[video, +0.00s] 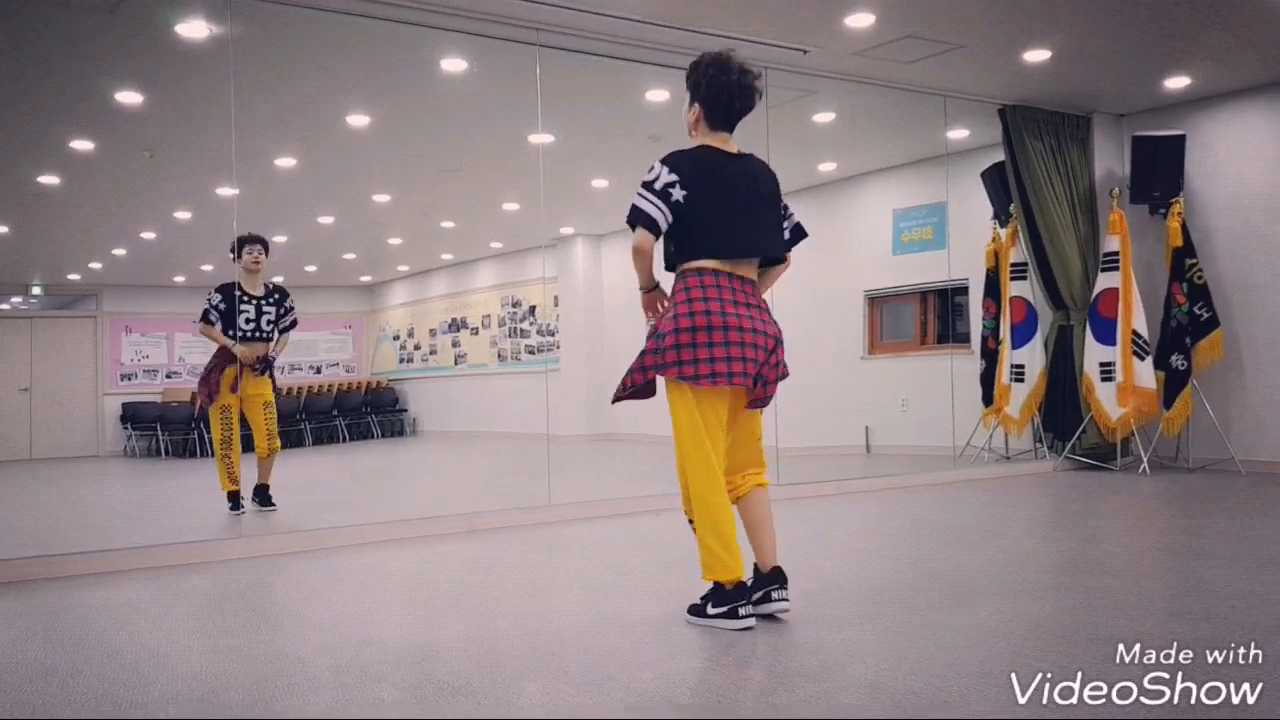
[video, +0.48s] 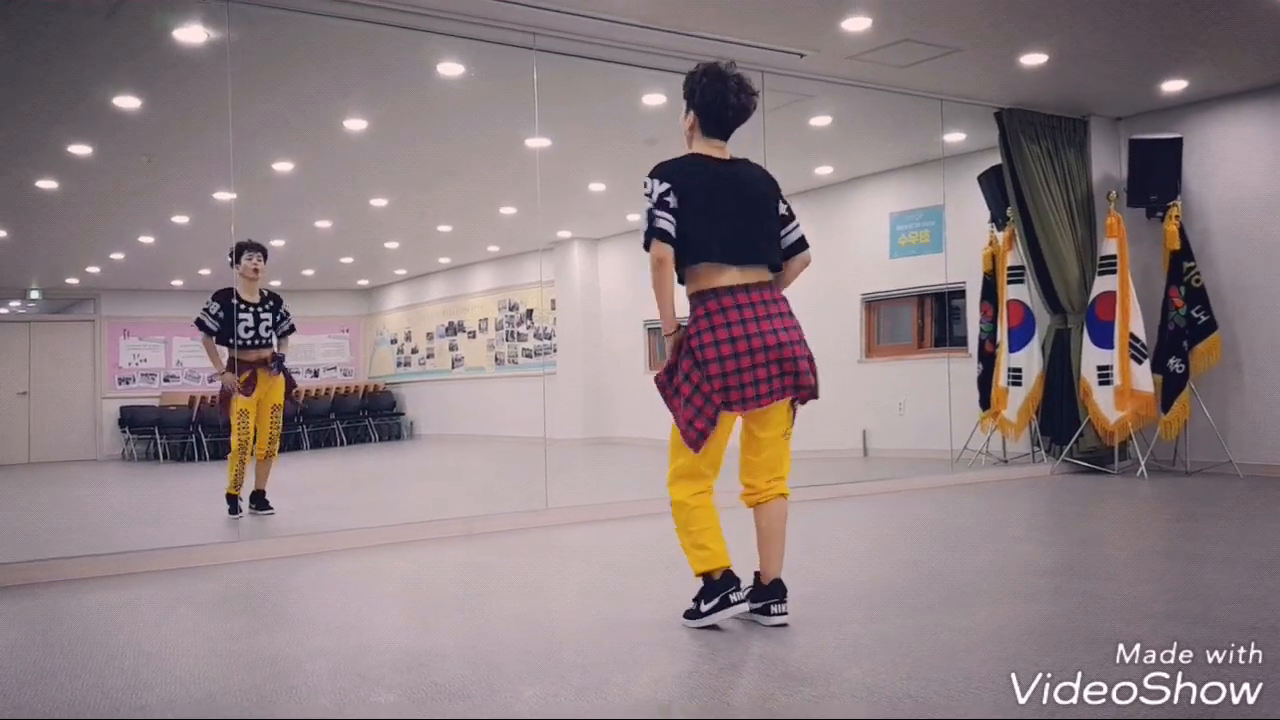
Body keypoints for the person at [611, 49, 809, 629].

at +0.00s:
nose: (684, 114)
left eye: (686, 105)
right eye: (689, 105)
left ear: (694, 111)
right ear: (740, 115)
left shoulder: (676, 166)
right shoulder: (762, 174)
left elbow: (642, 236)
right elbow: (788, 244)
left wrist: (647, 287)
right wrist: (751, 295)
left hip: (696, 309)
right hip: (751, 312)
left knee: (701, 459)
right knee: (744, 457)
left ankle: (726, 587)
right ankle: (770, 576)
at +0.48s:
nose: (681, 118)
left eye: (682, 110)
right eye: (685, 110)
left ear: (689, 117)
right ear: (739, 122)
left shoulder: (669, 176)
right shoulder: (761, 179)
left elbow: (661, 257)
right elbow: (800, 257)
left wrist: (671, 332)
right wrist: (757, 299)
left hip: (713, 327)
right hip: (775, 323)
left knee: (690, 477)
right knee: (769, 474)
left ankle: (716, 578)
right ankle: (771, 589)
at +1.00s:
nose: (741, 121)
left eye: (688, 116)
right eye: (741, 114)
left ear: (684, 120)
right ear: (740, 119)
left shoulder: (665, 176)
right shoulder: (765, 181)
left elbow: (643, 262)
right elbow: (784, 265)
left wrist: (634, 331)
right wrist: (750, 318)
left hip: (680, 325)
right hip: (746, 327)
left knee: (690, 470)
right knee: (755, 454)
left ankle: (717, 595)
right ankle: (762, 575)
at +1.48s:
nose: (691, 132)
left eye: (693, 124)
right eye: (693, 123)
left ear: (702, 130)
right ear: (749, 132)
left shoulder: (697, 188)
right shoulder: (769, 190)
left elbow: (690, 280)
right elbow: (800, 269)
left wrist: (668, 355)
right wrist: (770, 328)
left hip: (724, 340)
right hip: (775, 342)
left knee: (681, 486)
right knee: (754, 485)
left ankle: (719, 588)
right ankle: (771, 593)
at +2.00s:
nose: (688, 127)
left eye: (690, 118)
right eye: (692, 119)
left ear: (698, 122)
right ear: (746, 126)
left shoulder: (669, 178)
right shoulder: (768, 186)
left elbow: (654, 256)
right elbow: (792, 275)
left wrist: (655, 332)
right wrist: (770, 330)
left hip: (703, 334)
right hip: (767, 332)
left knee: (702, 480)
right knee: (767, 473)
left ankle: (710, 601)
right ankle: (771, 596)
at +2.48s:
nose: (696, 142)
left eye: (699, 134)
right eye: (699, 134)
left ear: (706, 141)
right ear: (751, 146)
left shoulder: (704, 195)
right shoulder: (767, 203)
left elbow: (674, 257)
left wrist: (654, 266)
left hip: (725, 340)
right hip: (779, 338)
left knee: (692, 487)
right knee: (786, 464)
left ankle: (709, 599)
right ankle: (819, 561)